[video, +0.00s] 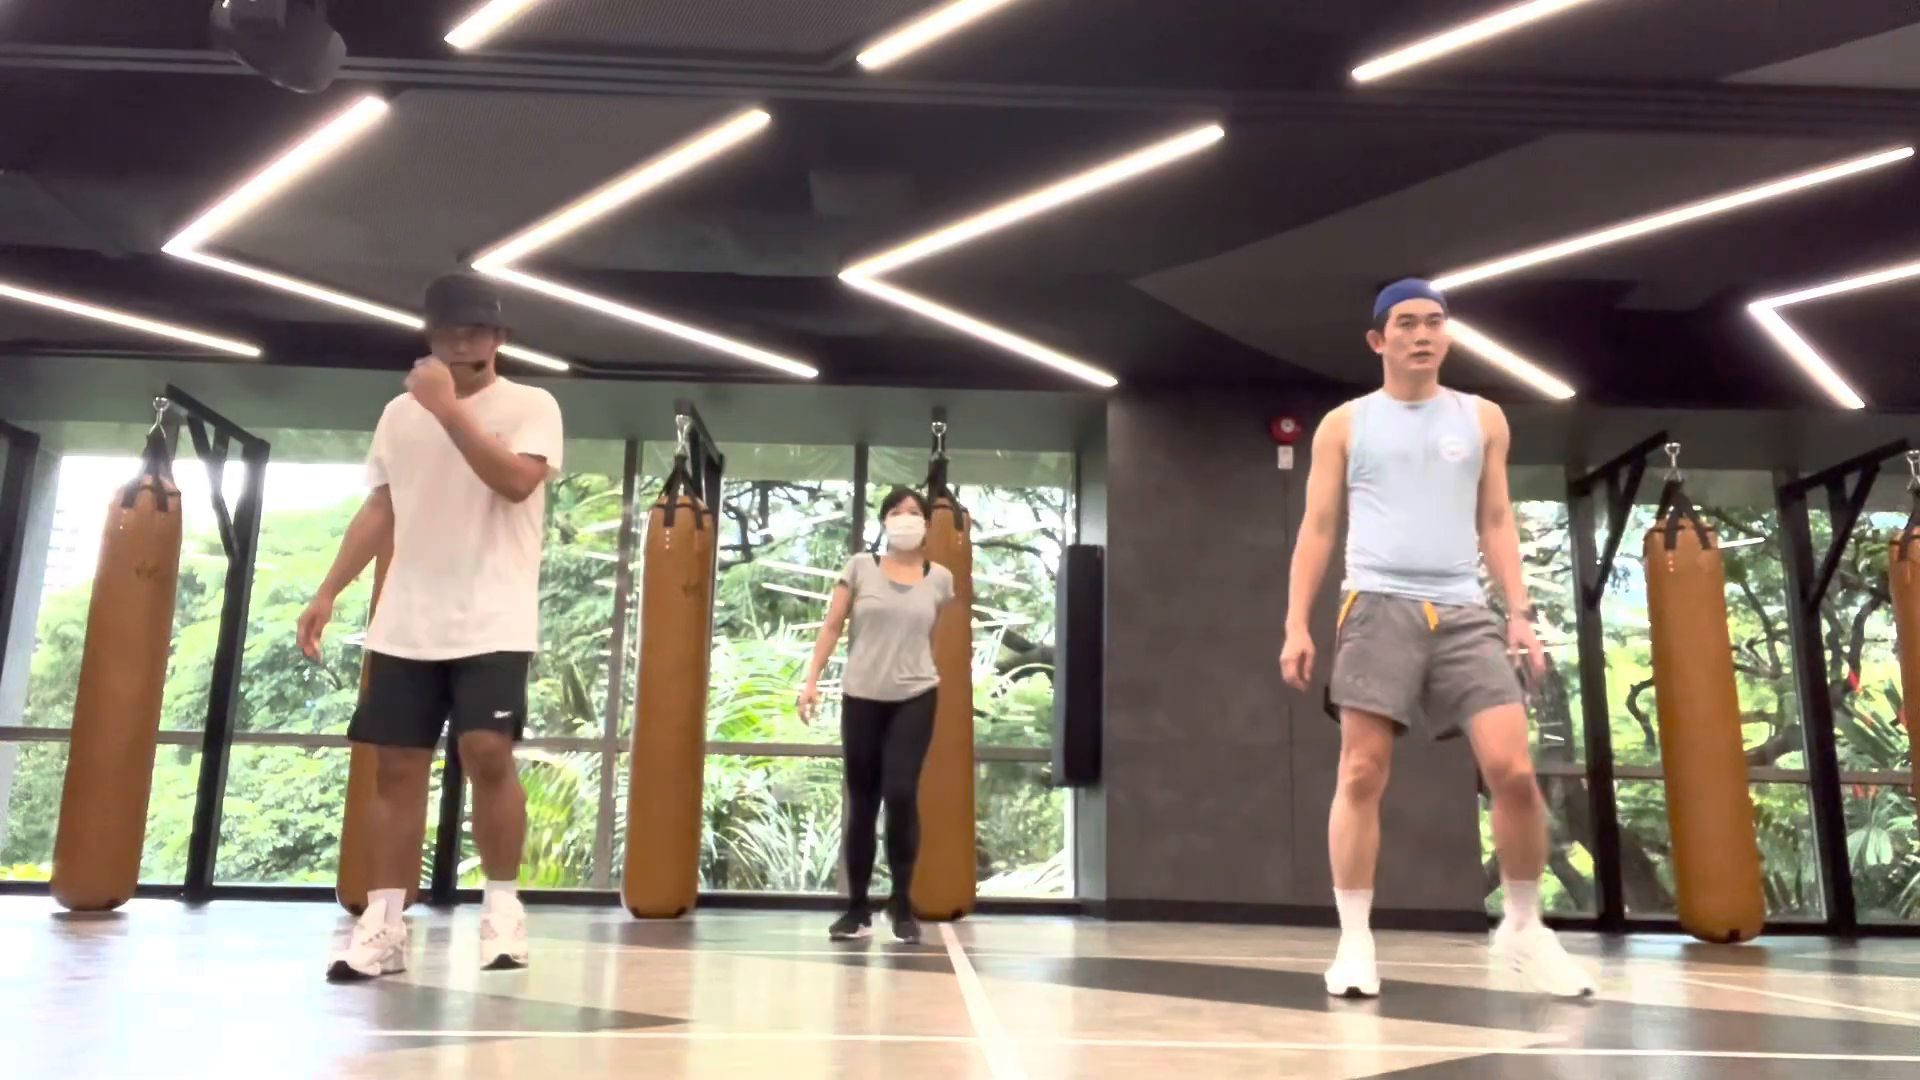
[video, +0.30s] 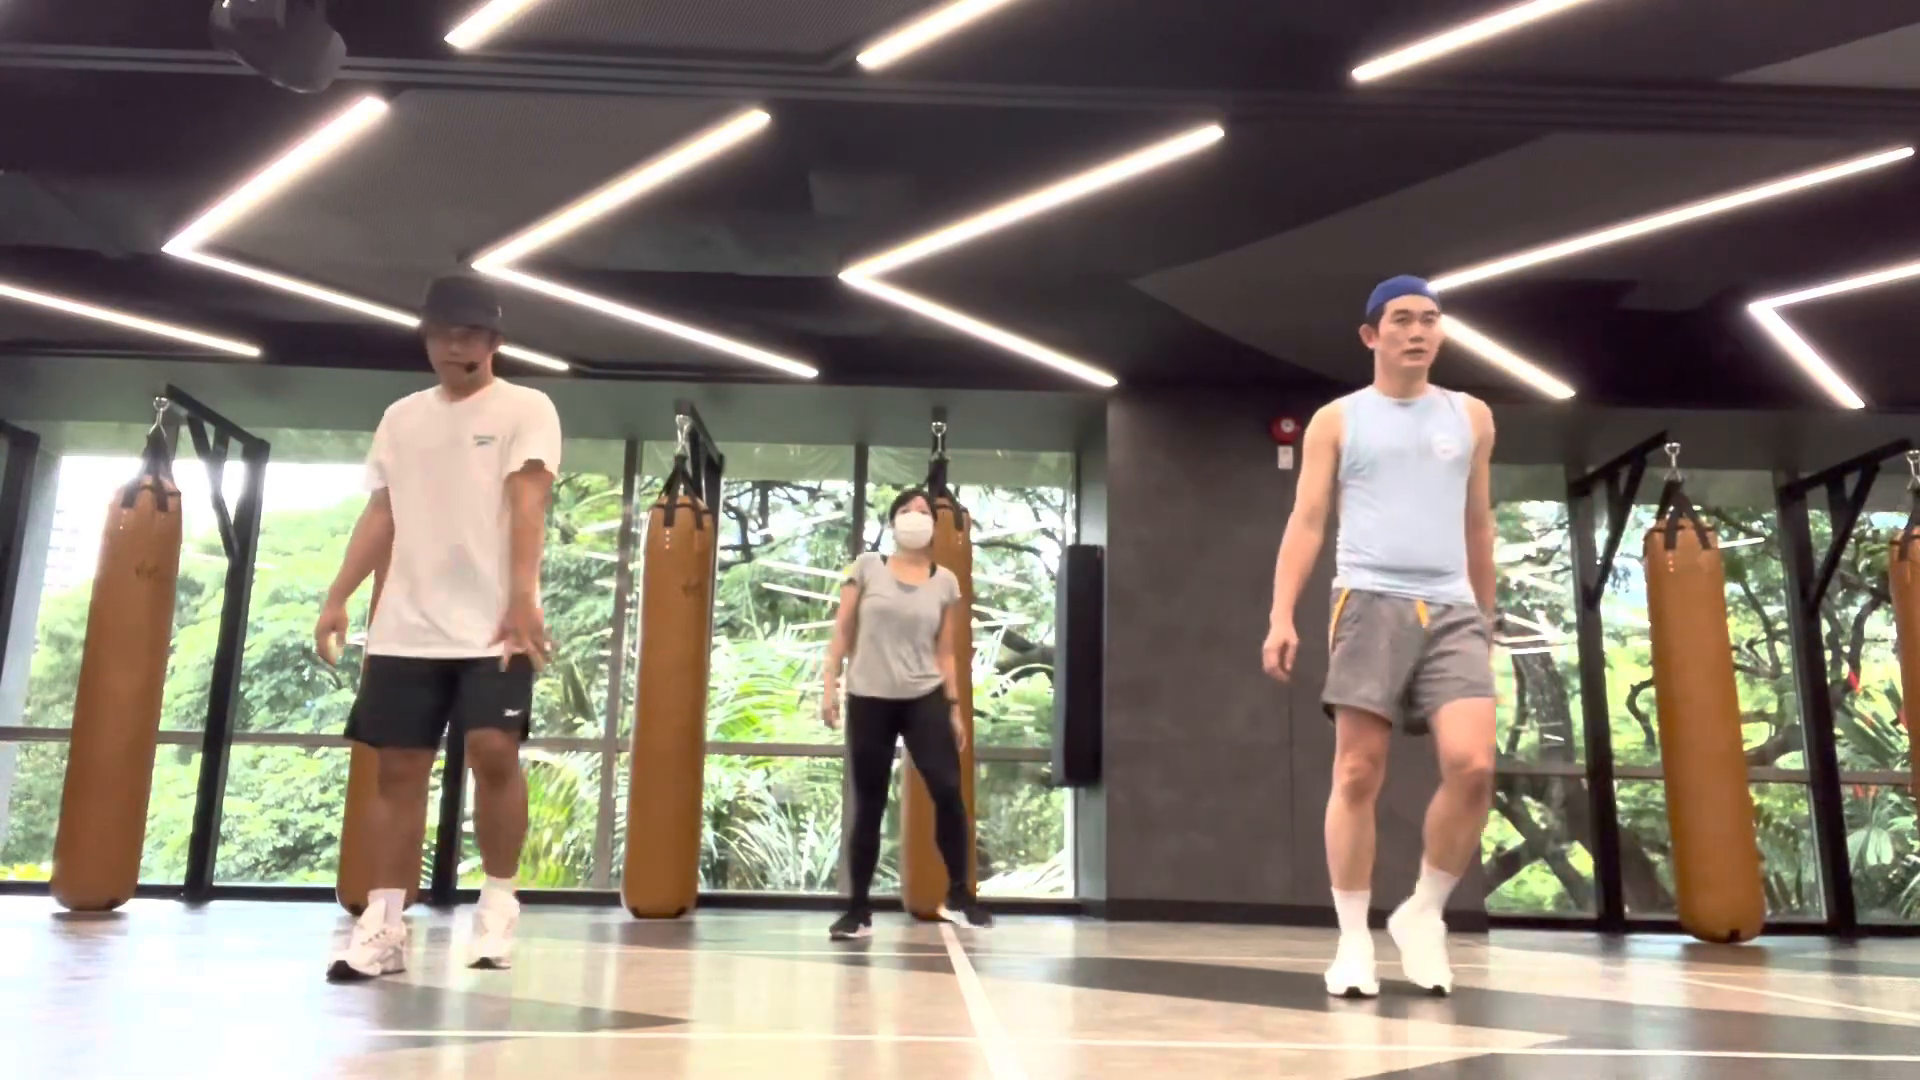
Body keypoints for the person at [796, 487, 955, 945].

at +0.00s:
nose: (907, 519)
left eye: (916, 514)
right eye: (898, 513)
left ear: (927, 527)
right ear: (883, 525)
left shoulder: (941, 580)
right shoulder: (861, 567)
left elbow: (950, 641)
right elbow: (831, 625)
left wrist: (953, 699)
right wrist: (811, 681)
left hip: (916, 697)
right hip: (862, 697)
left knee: (900, 795)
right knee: (861, 804)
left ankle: (902, 904)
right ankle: (856, 908)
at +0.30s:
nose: (919, 517)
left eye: (926, 512)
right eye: (909, 511)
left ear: (937, 529)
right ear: (892, 527)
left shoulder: (945, 581)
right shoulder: (867, 567)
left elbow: (945, 651)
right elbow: (842, 630)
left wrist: (955, 709)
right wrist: (829, 687)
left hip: (924, 699)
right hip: (869, 699)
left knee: (948, 790)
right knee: (866, 805)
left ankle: (960, 891)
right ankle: (858, 909)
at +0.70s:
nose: (967, 523)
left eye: (975, 517)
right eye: (958, 518)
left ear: (987, 532)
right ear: (945, 533)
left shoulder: (1006, 580)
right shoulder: (927, 579)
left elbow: (1015, 641)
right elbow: (909, 642)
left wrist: (1016, 685)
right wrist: (892, 694)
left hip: (993, 706)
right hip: (939, 705)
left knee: (1000, 811)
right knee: (908, 805)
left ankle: (1011, 911)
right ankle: (871, 898)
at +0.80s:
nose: (977, 523)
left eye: (984, 517)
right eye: (969, 517)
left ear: (996, 529)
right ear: (955, 529)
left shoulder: (1015, 577)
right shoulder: (937, 578)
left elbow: (1023, 635)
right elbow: (922, 643)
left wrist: (1019, 672)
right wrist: (911, 698)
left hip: (1000, 702)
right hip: (948, 701)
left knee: (1004, 808)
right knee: (930, 800)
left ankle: (1011, 910)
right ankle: (906, 891)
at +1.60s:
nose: (930, 512)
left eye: (940, 506)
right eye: (921, 505)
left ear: (953, 522)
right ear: (906, 519)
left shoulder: (965, 572)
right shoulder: (881, 569)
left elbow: (976, 638)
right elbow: (857, 632)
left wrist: (985, 696)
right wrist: (843, 686)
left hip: (942, 700)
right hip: (883, 699)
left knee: (971, 803)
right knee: (876, 804)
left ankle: (1002, 896)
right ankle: (860, 911)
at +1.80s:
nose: (918, 510)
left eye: (927, 504)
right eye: (909, 502)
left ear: (937, 518)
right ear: (891, 515)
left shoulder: (947, 571)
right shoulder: (866, 559)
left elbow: (950, 641)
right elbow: (831, 621)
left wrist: (953, 700)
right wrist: (805, 674)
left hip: (925, 693)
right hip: (868, 692)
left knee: (926, 795)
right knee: (868, 802)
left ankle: (931, 896)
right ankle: (860, 912)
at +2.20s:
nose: (926, 509)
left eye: (936, 504)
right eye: (917, 501)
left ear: (946, 521)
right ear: (901, 514)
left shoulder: (951, 574)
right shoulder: (872, 555)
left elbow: (949, 640)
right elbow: (842, 616)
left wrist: (956, 696)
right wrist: (838, 676)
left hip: (935, 690)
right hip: (877, 690)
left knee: (976, 789)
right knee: (873, 802)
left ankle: (985, 882)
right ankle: (860, 911)